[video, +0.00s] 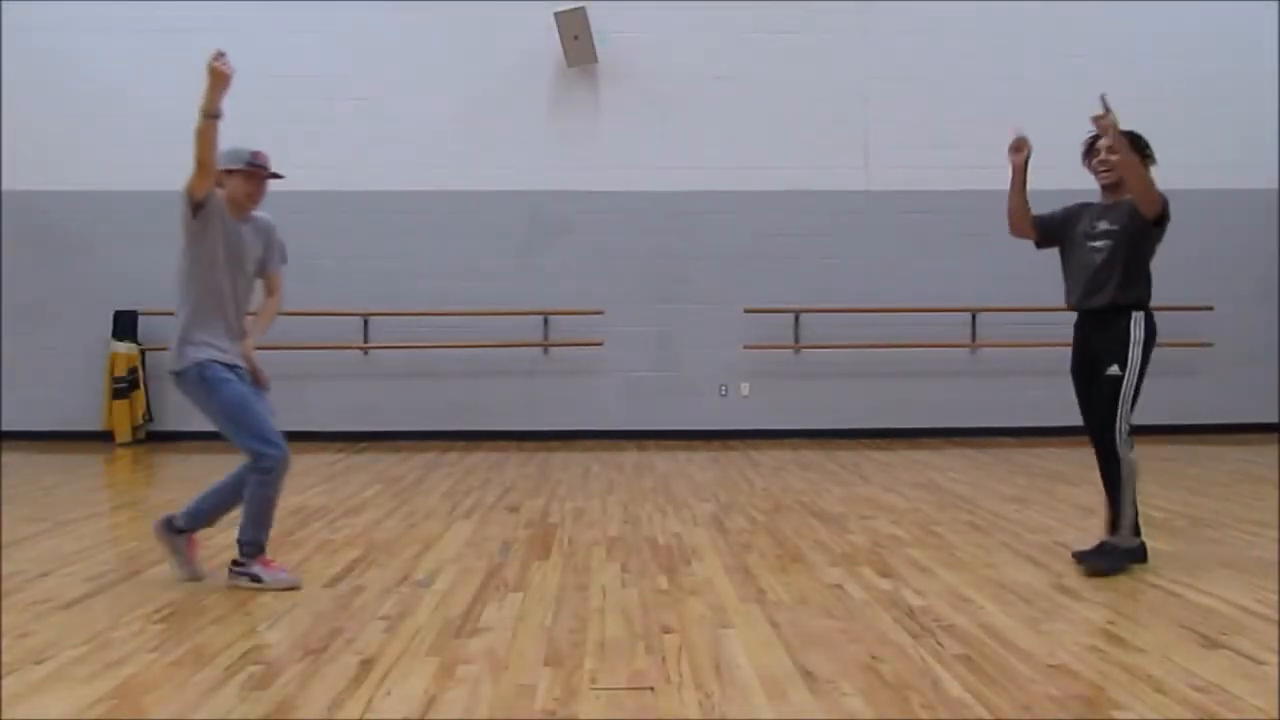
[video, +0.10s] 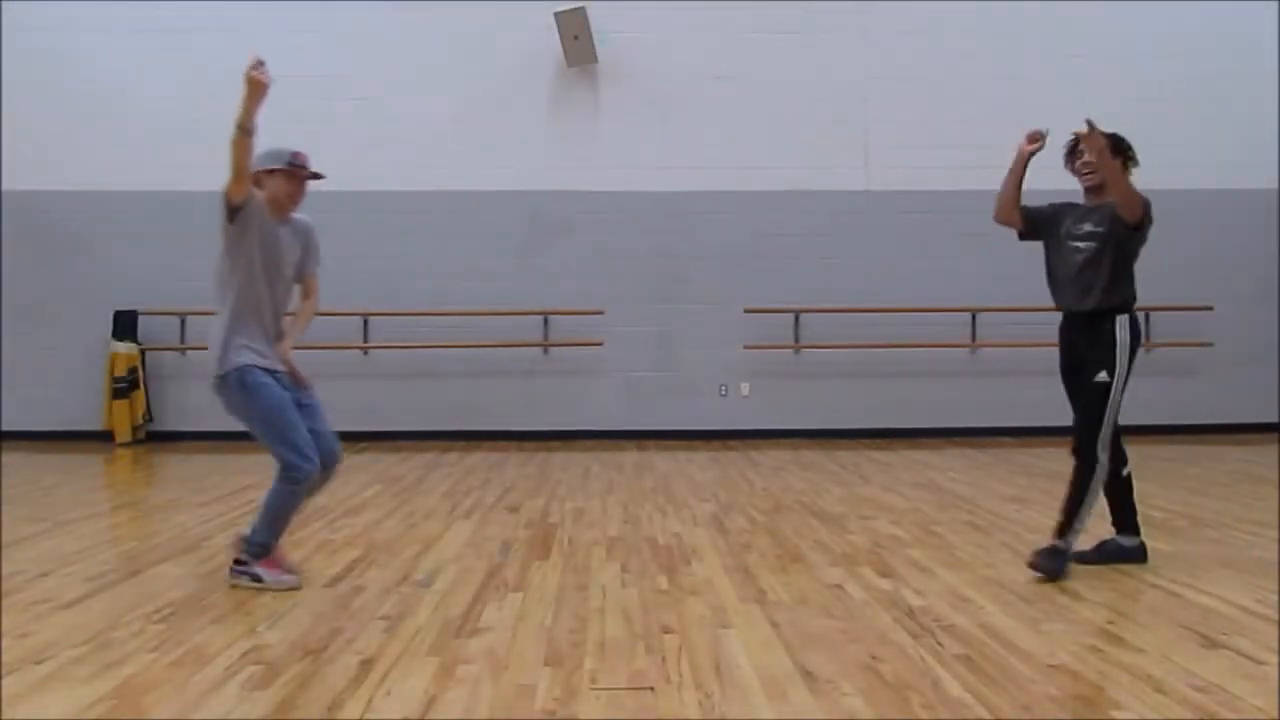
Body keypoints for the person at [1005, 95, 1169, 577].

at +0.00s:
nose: (1102, 158)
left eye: (1114, 150)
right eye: (1095, 152)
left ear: (1137, 161)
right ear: (1088, 166)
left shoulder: (1146, 212)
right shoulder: (1078, 216)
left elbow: (1146, 194)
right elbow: (1021, 227)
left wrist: (1116, 140)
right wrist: (1018, 170)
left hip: (1128, 325)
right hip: (1089, 327)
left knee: (1113, 429)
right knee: (1101, 433)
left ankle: (1126, 537)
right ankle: (1121, 533)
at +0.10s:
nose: (1086, 163)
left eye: (1096, 156)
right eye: (1080, 158)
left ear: (1121, 164)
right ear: (1073, 168)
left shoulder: (1130, 212)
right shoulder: (1061, 213)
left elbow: (1131, 209)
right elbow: (1007, 215)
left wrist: (1105, 156)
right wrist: (1022, 159)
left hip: (1113, 329)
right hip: (1074, 330)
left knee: (1091, 438)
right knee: (1101, 435)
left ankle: (1062, 545)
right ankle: (1128, 536)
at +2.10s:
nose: (839, 171)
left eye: (846, 161)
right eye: (834, 162)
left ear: (873, 153)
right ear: (832, 158)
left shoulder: (898, 197)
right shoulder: (835, 201)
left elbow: (899, 272)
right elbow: (825, 267)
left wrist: (866, 227)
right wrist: (775, 240)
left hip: (881, 326)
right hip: (841, 328)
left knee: (885, 441)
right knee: (848, 442)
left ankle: (890, 553)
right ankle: (861, 546)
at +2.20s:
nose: (836, 170)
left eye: (843, 160)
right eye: (830, 161)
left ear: (870, 152)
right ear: (828, 157)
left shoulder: (896, 193)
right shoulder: (833, 197)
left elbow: (897, 268)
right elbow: (823, 263)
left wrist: (866, 224)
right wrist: (772, 237)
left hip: (880, 322)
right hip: (839, 323)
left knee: (884, 439)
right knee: (846, 439)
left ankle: (890, 551)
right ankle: (859, 543)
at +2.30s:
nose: (832, 167)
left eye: (839, 157)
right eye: (827, 158)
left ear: (866, 150)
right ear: (824, 154)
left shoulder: (893, 192)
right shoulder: (831, 195)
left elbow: (899, 266)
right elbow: (822, 259)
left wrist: (865, 224)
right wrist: (775, 233)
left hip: (879, 320)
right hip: (837, 322)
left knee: (885, 438)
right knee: (846, 439)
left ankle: (890, 549)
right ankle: (856, 542)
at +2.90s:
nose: (828, 166)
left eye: (833, 155)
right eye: (822, 158)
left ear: (860, 146)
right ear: (822, 155)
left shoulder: (888, 187)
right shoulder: (832, 194)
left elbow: (893, 259)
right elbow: (824, 258)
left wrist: (851, 219)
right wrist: (774, 232)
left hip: (878, 315)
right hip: (839, 318)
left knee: (887, 437)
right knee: (847, 437)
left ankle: (891, 549)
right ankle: (853, 540)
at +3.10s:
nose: (846, 158)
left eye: (854, 148)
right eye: (836, 152)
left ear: (872, 152)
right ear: (826, 163)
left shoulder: (893, 205)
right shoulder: (831, 213)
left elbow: (909, 278)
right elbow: (827, 280)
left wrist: (852, 275)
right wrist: (785, 274)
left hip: (880, 333)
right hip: (840, 334)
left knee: (875, 445)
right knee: (838, 443)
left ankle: (891, 558)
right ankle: (862, 547)